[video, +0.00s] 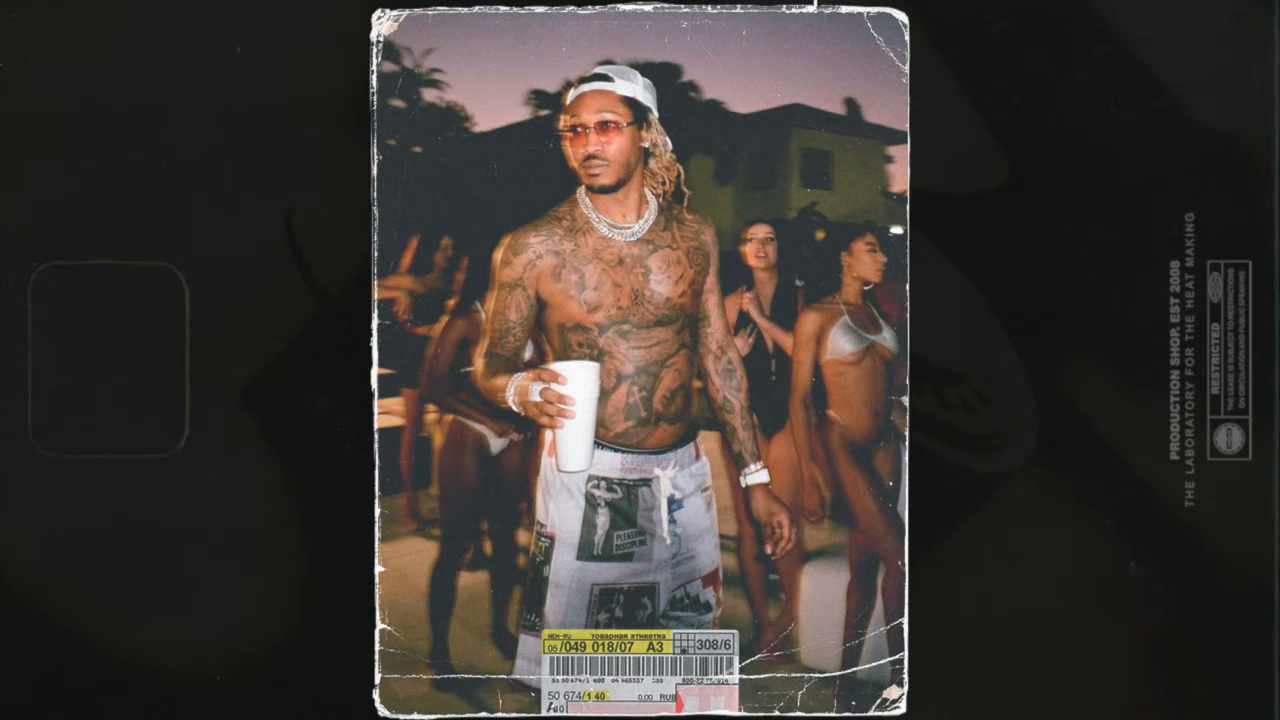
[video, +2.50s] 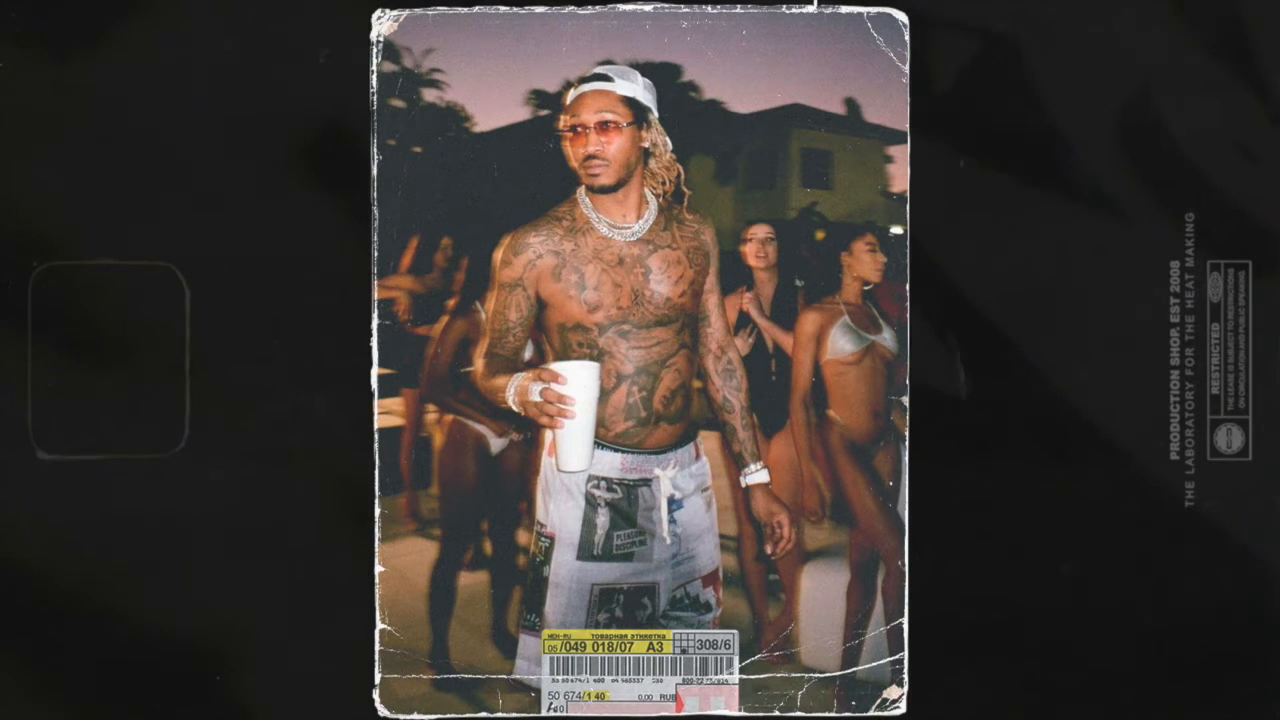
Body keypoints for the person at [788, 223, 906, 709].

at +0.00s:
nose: (882, 259)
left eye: (881, 251)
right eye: (872, 251)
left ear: (869, 262)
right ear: (844, 259)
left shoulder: (876, 315)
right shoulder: (817, 317)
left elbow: (885, 392)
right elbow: (798, 403)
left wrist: (901, 441)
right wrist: (814, 479)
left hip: (881, 448)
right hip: (838, 449)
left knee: (863, 564)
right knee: (898, 552)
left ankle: (847, 673)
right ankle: (903, 670)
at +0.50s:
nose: (882, 258)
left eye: (881, 251)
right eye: (871, 251)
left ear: (871, 262)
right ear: (844, 259)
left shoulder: (877, 315)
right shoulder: (818, 317)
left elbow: (887, 390)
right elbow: (799, 403)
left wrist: (900, 434)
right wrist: (812, 478)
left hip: (882, 447)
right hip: (838, 448)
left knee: (863, 563)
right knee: (898, 551)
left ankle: (847, 673)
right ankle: (903, 669)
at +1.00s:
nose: (882, 259)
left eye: (881, 251)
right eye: (871, 251)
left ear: (872, 262)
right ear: (844, 259)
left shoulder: (877, 316)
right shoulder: (818, 317)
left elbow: (886, 391)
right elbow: (799, 403)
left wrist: (900, 432)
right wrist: (812, 478)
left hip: (882, 447)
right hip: (838, 448)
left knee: (863, 562)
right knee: (897, 551)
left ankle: (846, 672)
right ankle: (902, 669)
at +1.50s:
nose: (882, 259)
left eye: (881, 251)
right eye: (871, 251)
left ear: (872, 262)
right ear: (844, 259)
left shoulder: (877, 315)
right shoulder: (818, 317)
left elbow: (886, 391)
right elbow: (799, 402)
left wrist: (900, 433)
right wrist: (812, 477)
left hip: (883, 447)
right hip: (839, 448)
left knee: (863, 562)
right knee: (897, 552)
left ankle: (846, 672)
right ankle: (902, 670)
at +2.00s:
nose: (882, 259)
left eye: (881, 251)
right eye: (871, 251)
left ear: (871, 262)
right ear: (844, 259)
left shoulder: (877, 316)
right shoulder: (818, 317)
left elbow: (886, 391)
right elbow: (798, 402)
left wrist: (901, 435)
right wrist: (812, 476)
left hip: (882, 447)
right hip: (839, 449)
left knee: (863, 563)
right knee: (898, 551)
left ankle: (846, 674)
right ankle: (902, 669)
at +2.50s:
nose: (882, 259)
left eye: (881, 251)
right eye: (871, 251)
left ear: (870, 262)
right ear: (844, 259)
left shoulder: (877, 315)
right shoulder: (818, 317)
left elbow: (887, 390)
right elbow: (799, 403)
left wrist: (898, 439)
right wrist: (813, 478)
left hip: (882, 448)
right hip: (838, 449)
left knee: (863, 563)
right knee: (897, 552)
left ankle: (846, 674)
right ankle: (902, 670)